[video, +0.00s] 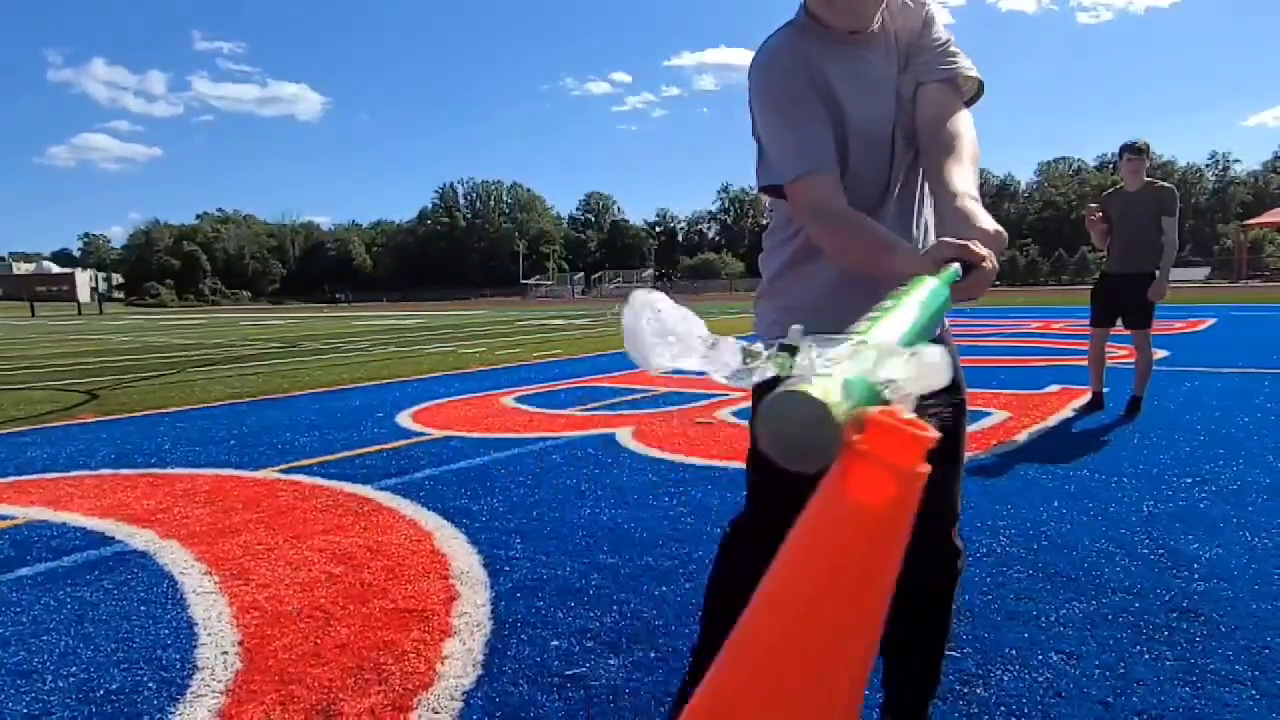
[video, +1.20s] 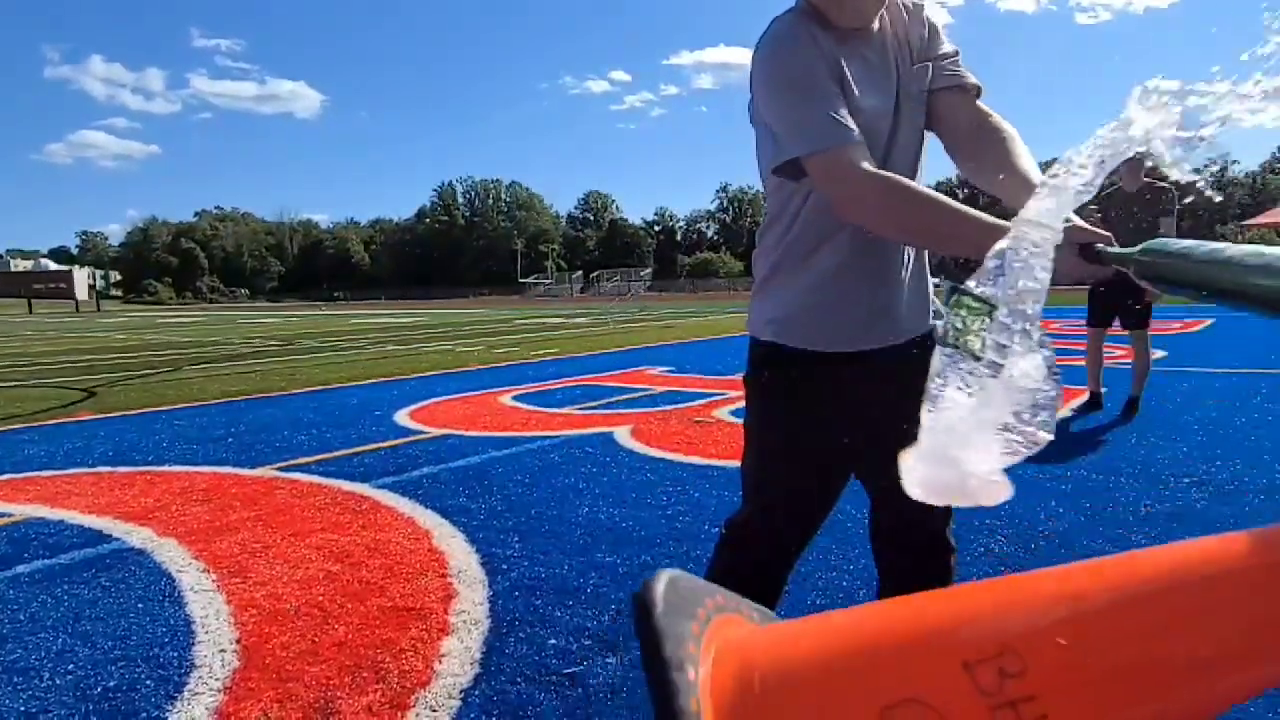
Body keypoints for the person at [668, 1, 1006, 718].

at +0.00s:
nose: (867, 0)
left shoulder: (916, 20)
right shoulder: (783, 62)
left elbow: (946, 122)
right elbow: (821, 211)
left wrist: (961, 202)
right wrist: (912, 265)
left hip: (914, 328)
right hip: (808, 336)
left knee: (930, 544)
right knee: (773, 534)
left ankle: (908, 706)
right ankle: (703, 702)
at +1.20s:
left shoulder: (910, 21)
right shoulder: (790, 51)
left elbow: (974, 127)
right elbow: (854, 190)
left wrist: (1052, 215)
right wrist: (1027, 248)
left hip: (904, 342)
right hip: (803, 351)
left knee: (919, 545)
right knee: (767, 540)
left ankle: (924, 693)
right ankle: (703, 686)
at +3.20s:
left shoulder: (902, 25)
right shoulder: (815, 36)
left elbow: (955, 140)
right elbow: (916, 175)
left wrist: (1084, 216)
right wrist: (1082, 226)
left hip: (896, 341)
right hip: (797, 345)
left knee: (909, 554)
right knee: (765, 534)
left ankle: (899, 708)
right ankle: (689, 699)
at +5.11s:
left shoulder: (860, 35)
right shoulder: (842, 29)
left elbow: (915, 174)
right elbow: (942, 160)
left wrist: (1011, 215)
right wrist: (1074, 204)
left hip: (881, 330)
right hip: (802, 331)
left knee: (900, 543)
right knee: (764, 530)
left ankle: (893, 708)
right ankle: (682, 702)